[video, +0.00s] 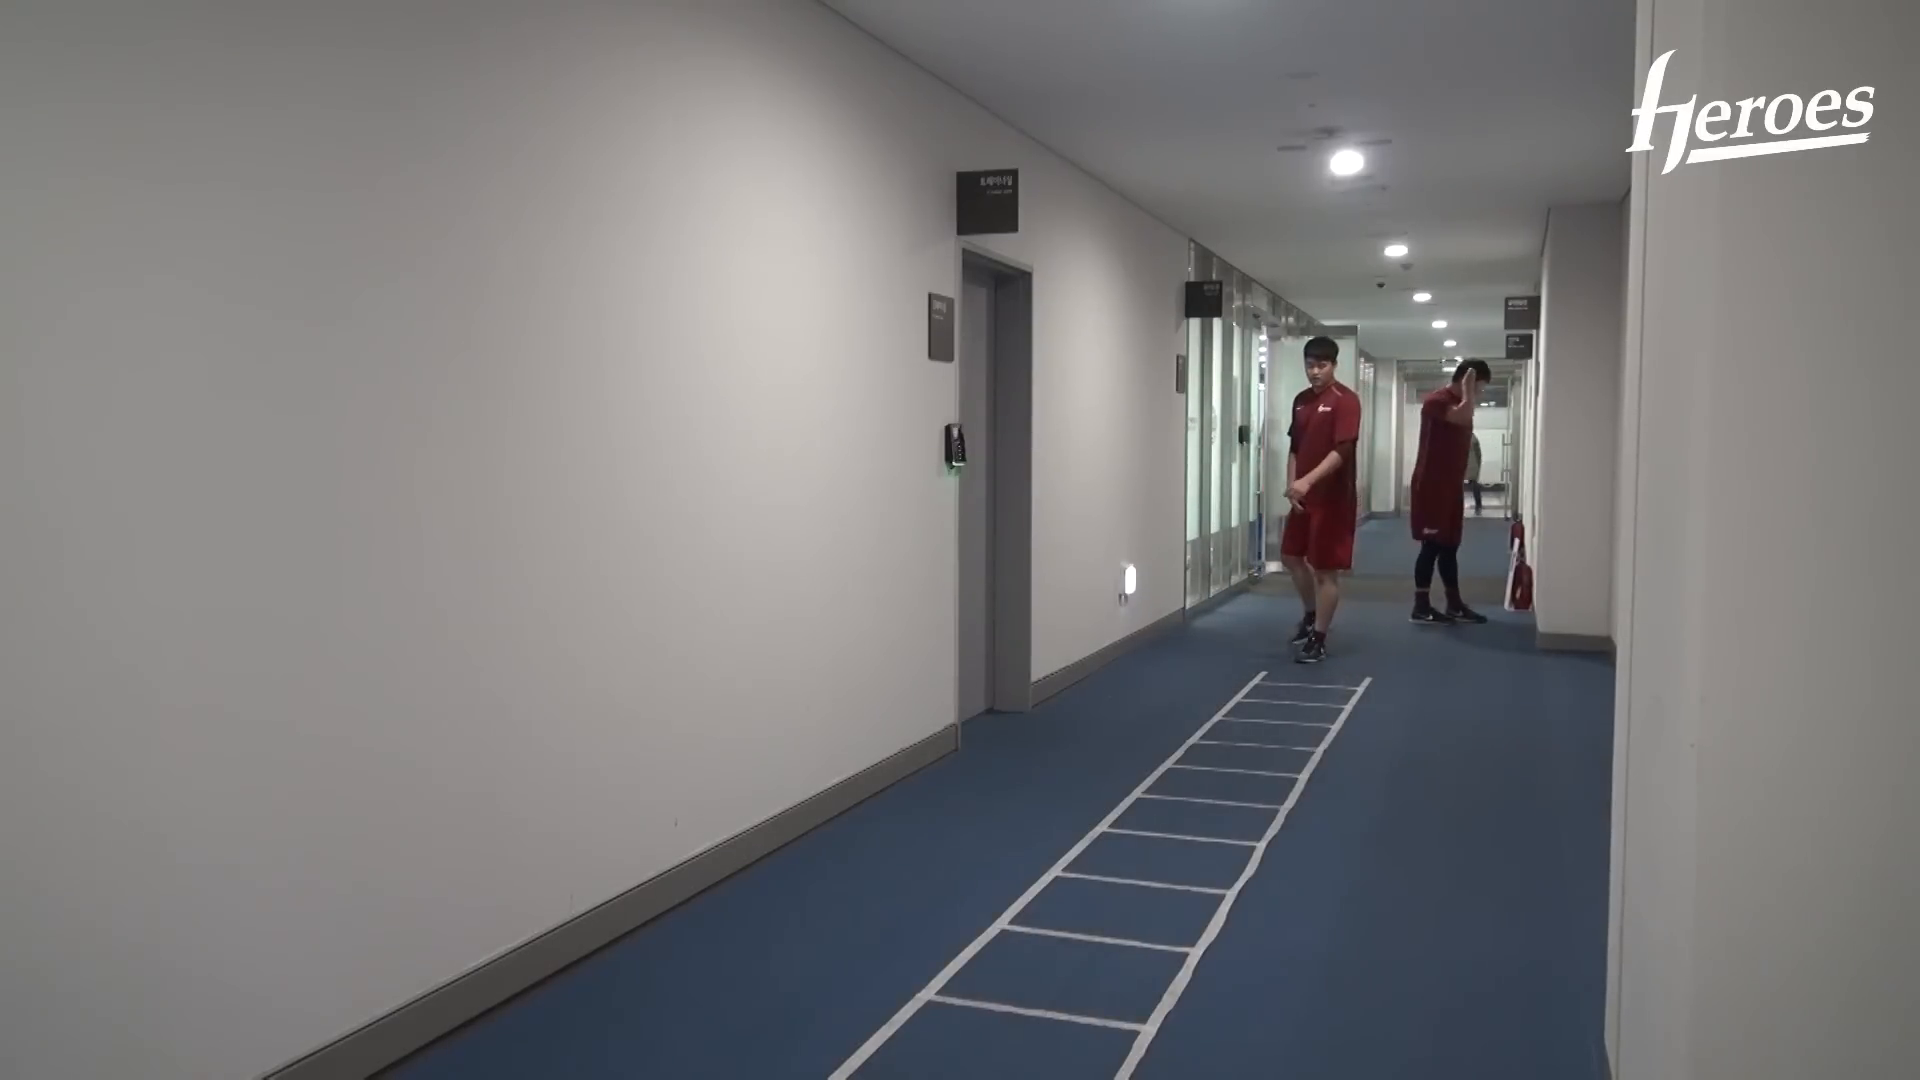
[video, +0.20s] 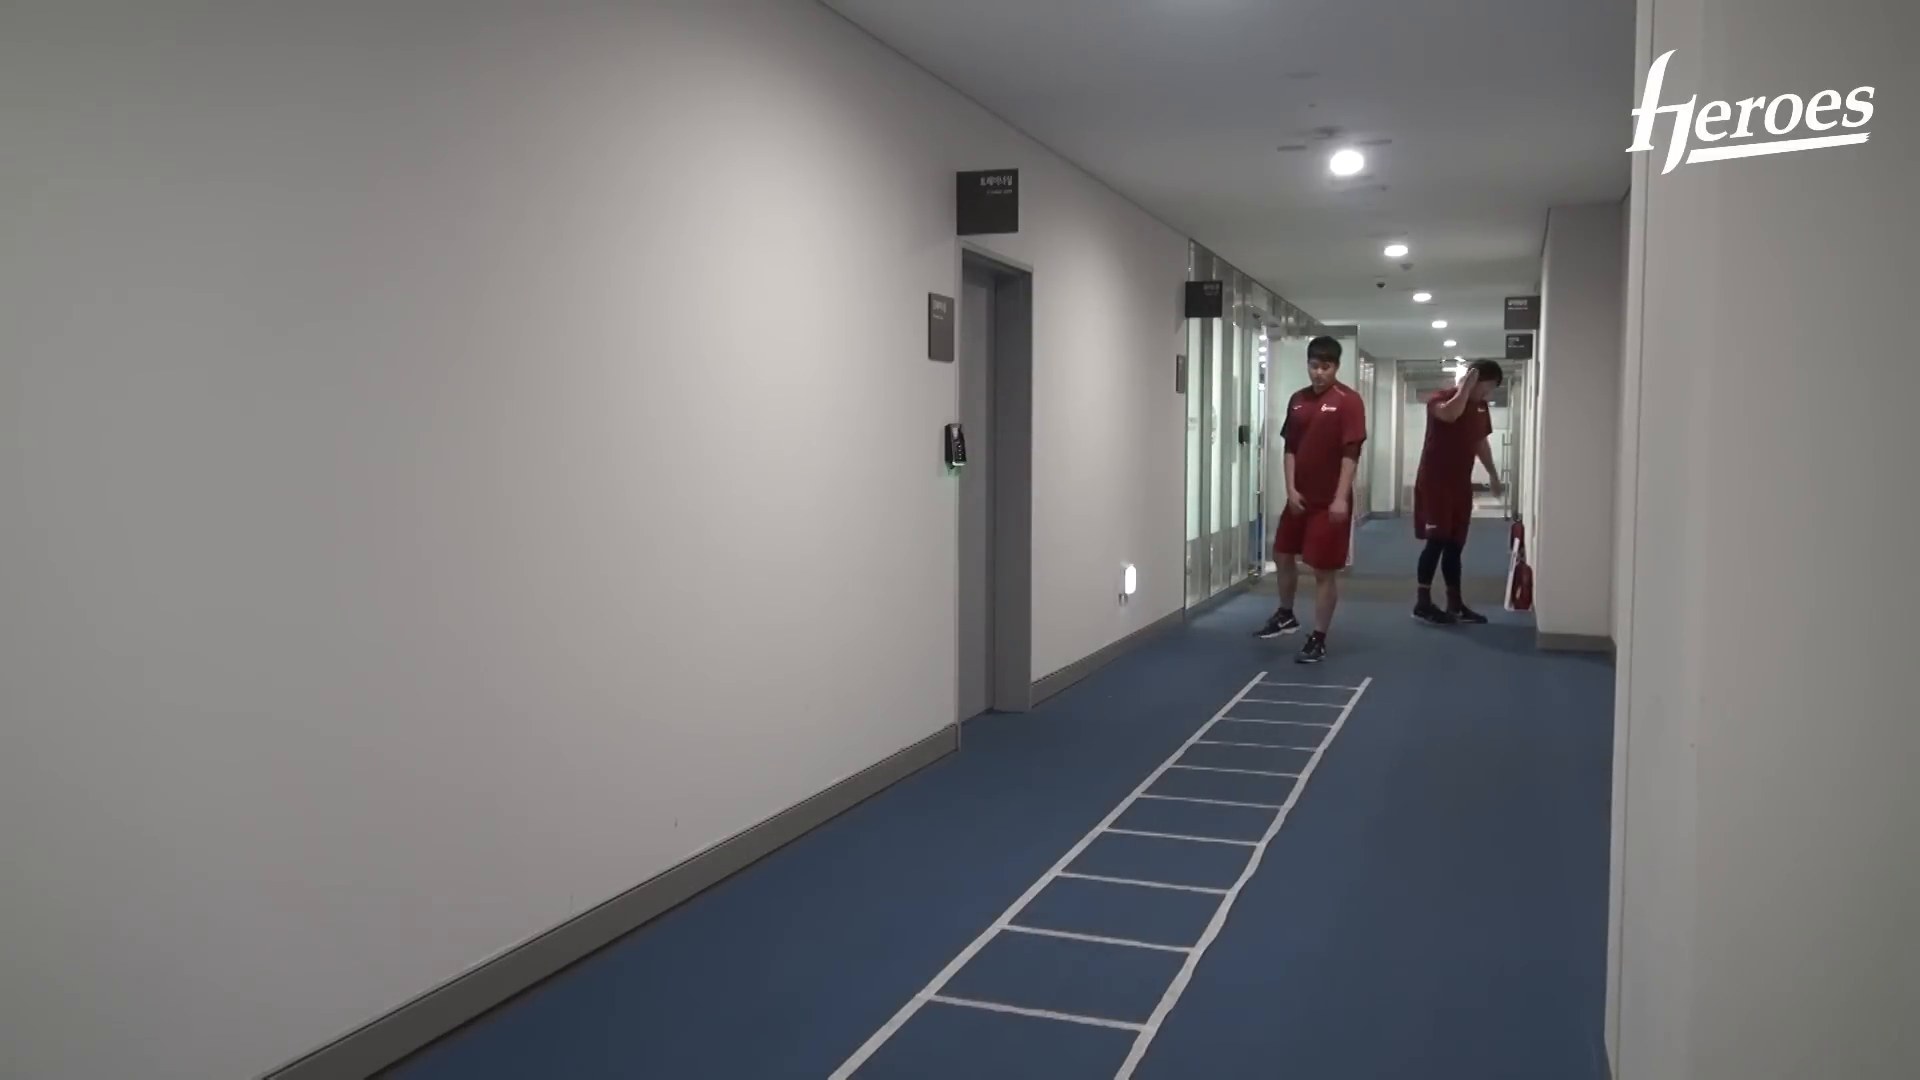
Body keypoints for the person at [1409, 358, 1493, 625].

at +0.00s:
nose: (1481, 393)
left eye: (1482, 388)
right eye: (1480, 386)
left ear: (1465, 379)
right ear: (1467, 379)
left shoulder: (1459, 405)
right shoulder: (1436, 402)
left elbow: (1454, 450)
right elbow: (1462, 417)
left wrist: (1458, 480)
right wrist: (1466, 390)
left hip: (1450, 487)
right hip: (1432, 487)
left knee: (1449, 547)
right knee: (1431, 545)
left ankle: (1454, 604)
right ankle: (1421, 605)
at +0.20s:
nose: (1490, 393)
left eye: (1493, 388)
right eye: (1489, 386)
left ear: (1487, 386)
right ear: (1475, 380)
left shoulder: (1480, 409)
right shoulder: (1439, 400)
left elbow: (1481, 443)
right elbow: (1449, 415)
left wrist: (1493, 475)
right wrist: (1465, 388)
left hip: (1460, 485)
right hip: (1434, 483)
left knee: (1455, 544)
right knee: (1436, 540)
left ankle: (1455, 604)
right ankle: (1423, 603)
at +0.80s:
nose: (1463, 389)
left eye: (1468, 384)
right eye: (1460, 382)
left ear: (1472, 383)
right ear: (1448, 377)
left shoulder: (1475, 405)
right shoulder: (1426, 402)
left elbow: (1484, 443)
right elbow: (1412, 415)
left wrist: (1494, 477)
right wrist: (1431, 385)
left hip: (1464, 487)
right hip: (1431, 487)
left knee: (1464, 547)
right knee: (1431, 545)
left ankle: (1456, 604)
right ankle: (1428, 607)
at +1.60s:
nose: (1435, 388)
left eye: (1442, 384)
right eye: (1433, 382)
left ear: (1452, 382)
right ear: (1426, 377)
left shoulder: (1465, 407)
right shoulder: (1411, 404)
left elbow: (1479, 446)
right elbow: (1383, 412)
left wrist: (1488, 481)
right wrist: (1408, 386)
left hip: (1452, 491)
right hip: (1419, 490)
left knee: (1447, 553)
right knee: (1424, 552)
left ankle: (1446, 615)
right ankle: (1428, 609)